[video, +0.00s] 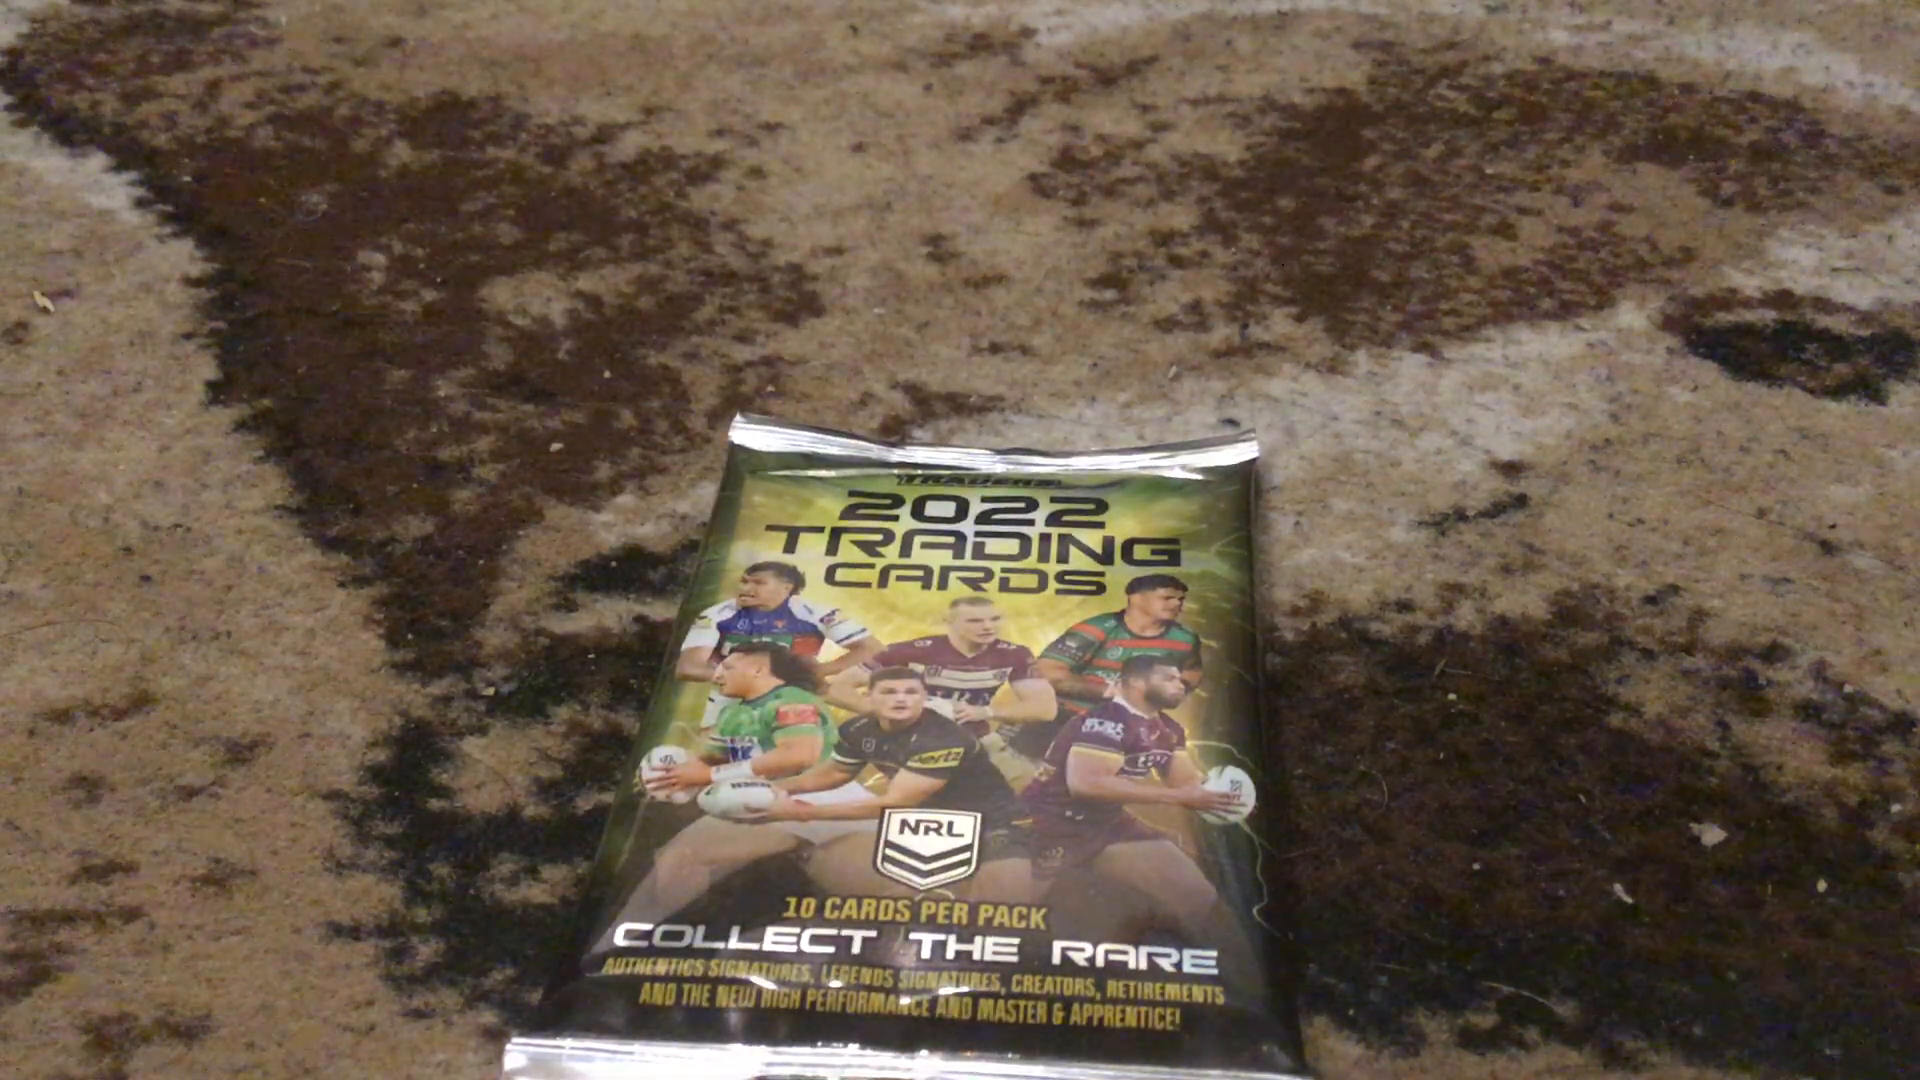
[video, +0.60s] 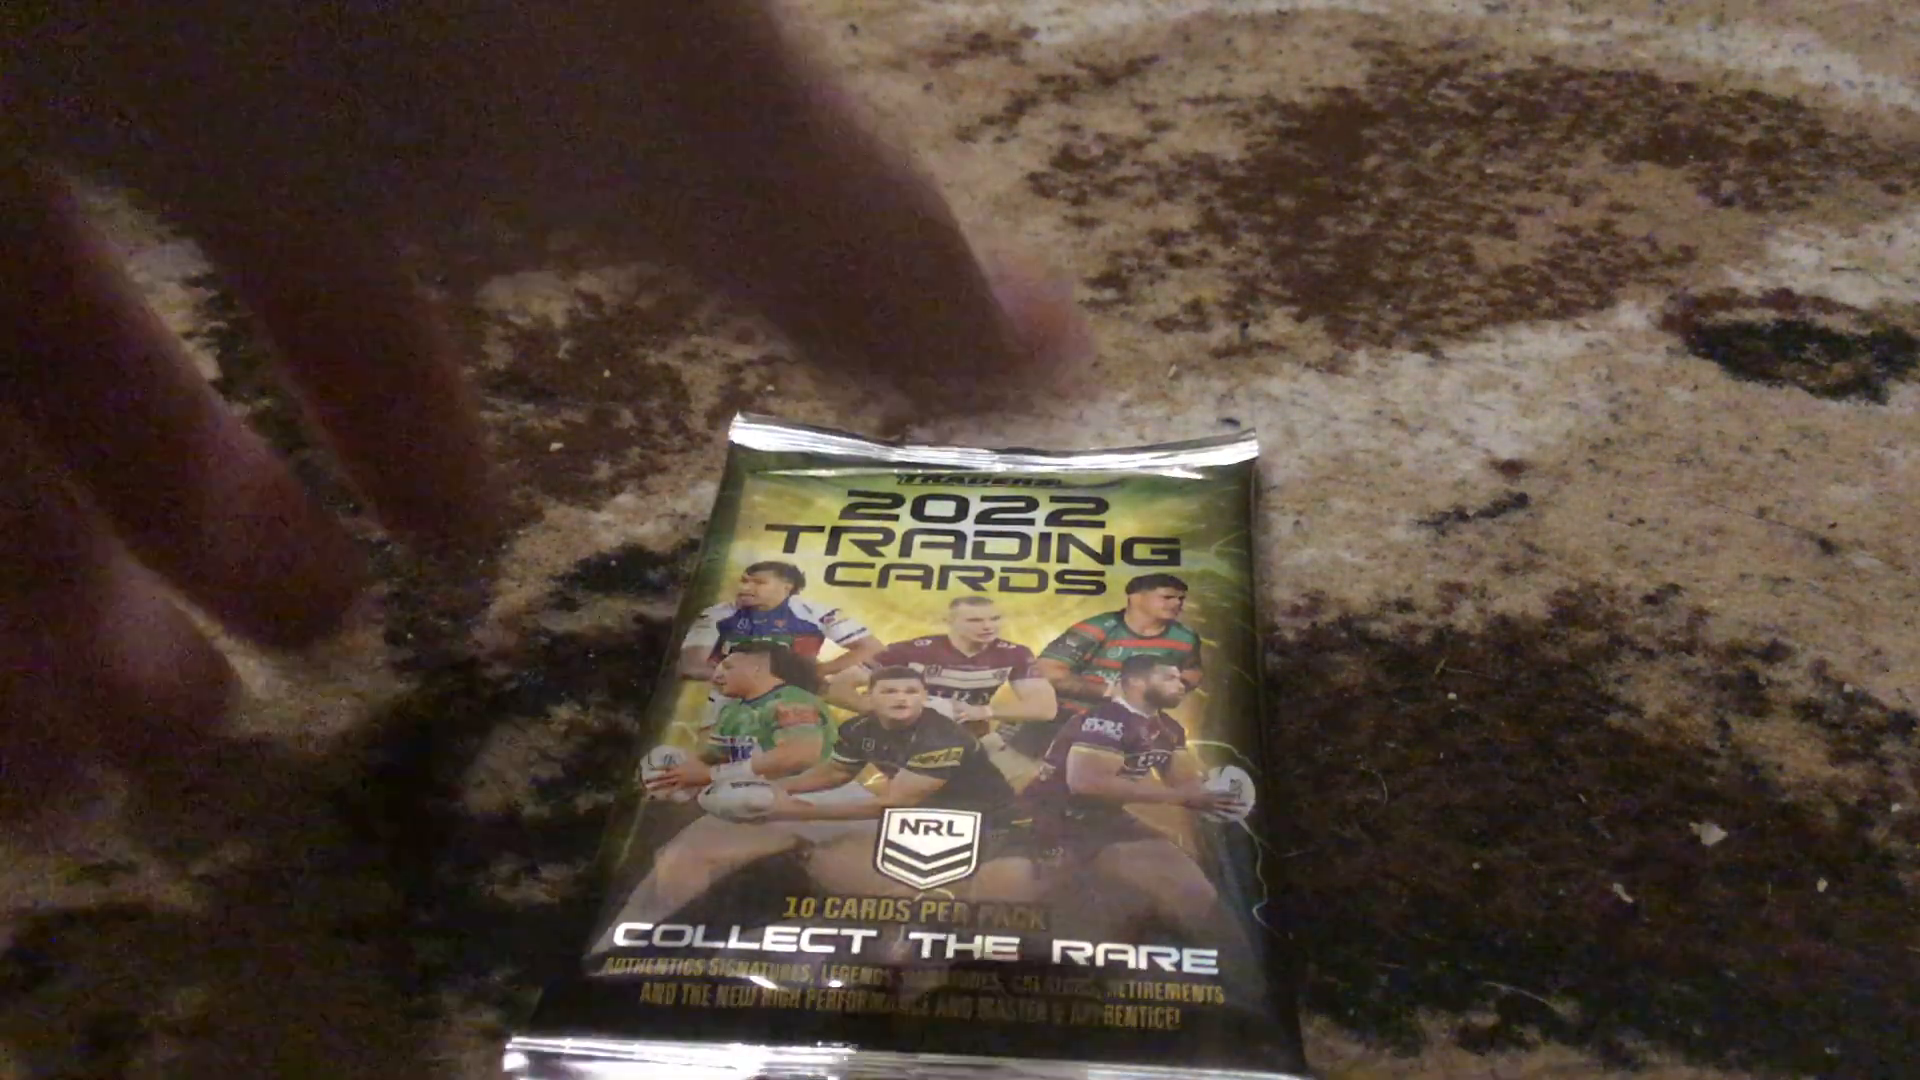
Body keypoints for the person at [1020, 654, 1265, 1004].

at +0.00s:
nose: (1180, 683)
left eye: (1178, 678)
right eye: (1169, 678)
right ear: (1133, 682)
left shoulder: (1167, 732)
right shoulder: (1106, 720)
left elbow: (1188, 784)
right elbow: (1084, 781)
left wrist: (1225, 798)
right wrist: (1180, 796)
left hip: (1105, 825)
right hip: (1043, 826)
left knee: (1198, 899)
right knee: (997, 929)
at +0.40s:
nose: (1180, 683)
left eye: (1178, 678)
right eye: (1169, 677)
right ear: (1134, 681)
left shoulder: (1168, 732)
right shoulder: (1106, 719)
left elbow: (1188, 784)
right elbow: (1085, 781)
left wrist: (1225, 798)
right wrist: (1180, 796)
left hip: (1106, 825)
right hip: (1047, 825)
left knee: (1196, 897)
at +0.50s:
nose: (1180, 683)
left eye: (1178, 677)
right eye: (1169, 677)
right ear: (1134, 681)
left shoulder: (1170, 731)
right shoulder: (1107, 719)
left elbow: (1188, 784)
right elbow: (1084, 780)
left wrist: (1220, 798)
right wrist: (1182, 796)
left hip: (1109, 822)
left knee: (1195, 896)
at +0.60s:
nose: (1181, 683)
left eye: (1178, 677)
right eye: (1169, 677)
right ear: (1134, 682)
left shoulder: (1169, 731)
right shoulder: (1107, 718)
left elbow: (1186, 783)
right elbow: (1084, 780)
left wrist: (1221, 797)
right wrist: (1182, 796)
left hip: (1106, 820)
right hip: (1058, 819)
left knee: (1194, 895)